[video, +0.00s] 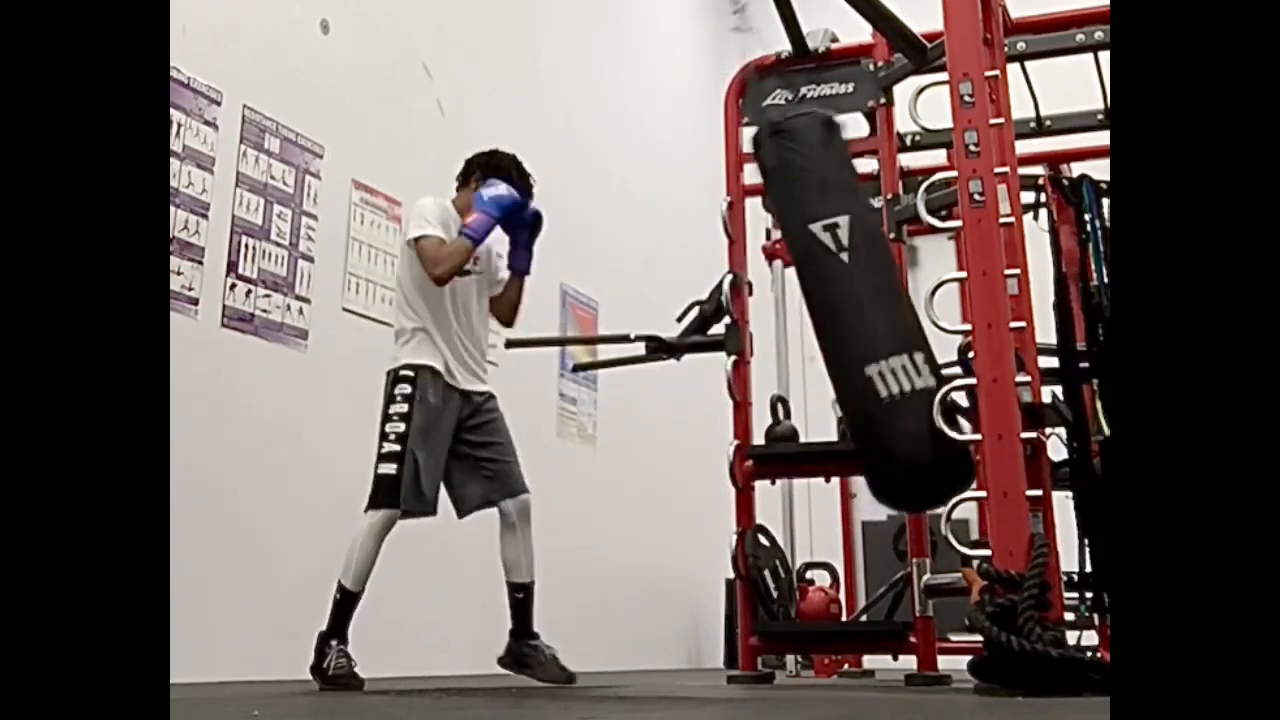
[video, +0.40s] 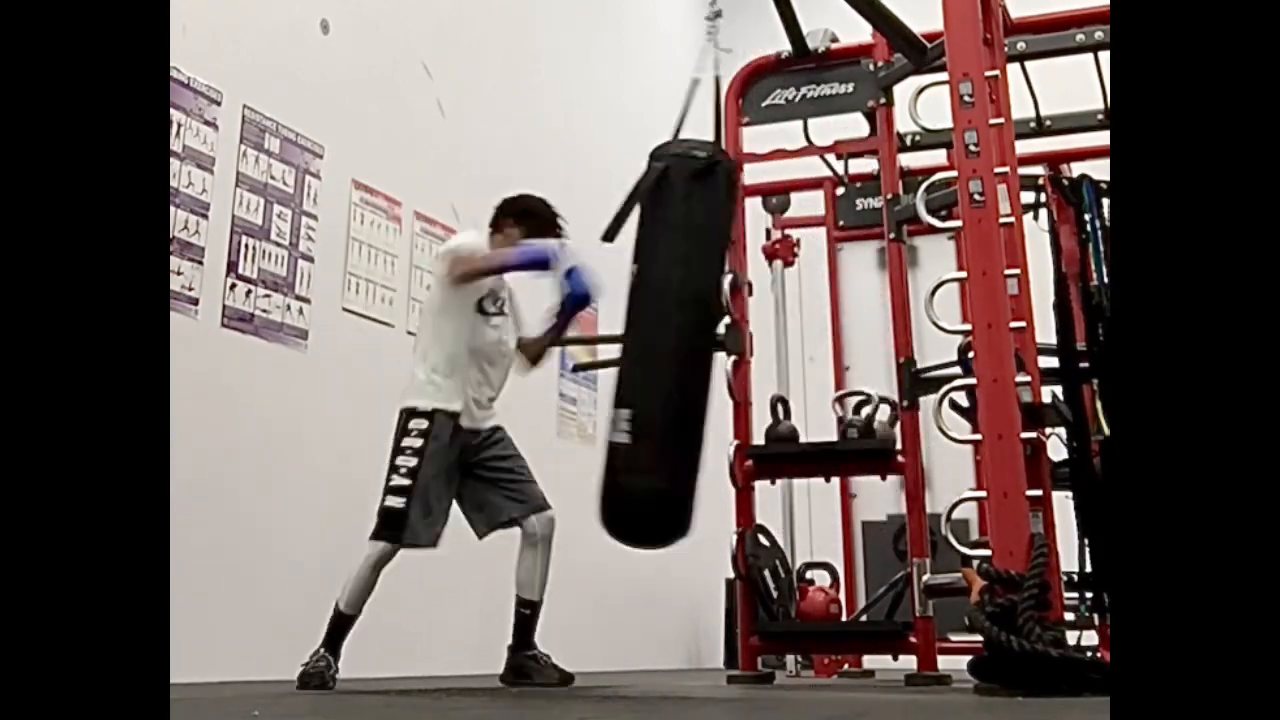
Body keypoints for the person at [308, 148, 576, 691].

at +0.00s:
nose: (494, 209)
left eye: (504, 205)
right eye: (492, 197)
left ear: (500, 209)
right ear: (467, 187)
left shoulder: (488, 251)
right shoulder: (430, 210)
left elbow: (506, 315)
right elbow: (439, 267)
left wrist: (524, 251)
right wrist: (483, 218)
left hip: (473, 388)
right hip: (421, 375)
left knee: (516, 505)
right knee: (386, 508)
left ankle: (523, 642)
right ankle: (331, 645)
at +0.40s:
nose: (532, 254)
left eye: (538, 247)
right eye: (529, 243)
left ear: (518, 244)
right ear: (504, 228)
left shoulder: (503, 291)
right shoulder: (466, 246)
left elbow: (526, 356)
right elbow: (457, 269)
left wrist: (565, 312)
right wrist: (533, 257)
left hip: (480, 425)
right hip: (432, 416)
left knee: (539, 523)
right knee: (387, 542)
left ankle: (522, 655)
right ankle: (326, 655)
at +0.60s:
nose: (525, 227)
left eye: (534, 221)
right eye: (521, 214)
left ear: (533, 227)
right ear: (496, 206)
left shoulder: (522, 269)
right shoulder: (463, 234)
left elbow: (560, 314)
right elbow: (470, 286)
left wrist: (562, 254)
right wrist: (515, 241)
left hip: (499, 412)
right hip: (454, 395)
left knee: (539, 529)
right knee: (419, 508)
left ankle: (524, 655)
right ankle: (332, 639)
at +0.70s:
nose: (503, 205)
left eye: (508, 198)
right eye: (499, 193)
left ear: (490, 201)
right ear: (471, 184)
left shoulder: (479, 246)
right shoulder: (436, 206)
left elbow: (513, 307)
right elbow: (461, 263)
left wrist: (524, 245)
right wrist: (494, 223)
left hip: (464, 388)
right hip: (424, 376)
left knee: (496, 514)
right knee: (403, 512)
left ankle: (502, 647)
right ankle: (333, 651)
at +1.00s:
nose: (502, 172)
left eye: (508, 166)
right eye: (503, 160)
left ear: (483, 156)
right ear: (480, 146)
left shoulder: (466, 212)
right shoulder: (435, 162)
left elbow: (477, 289)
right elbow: (461, 214)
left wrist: (507, 225)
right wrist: (503, 180)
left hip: (457, 352)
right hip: (414, 335)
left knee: (517, 482)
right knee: (399, 480)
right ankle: (320, 642)